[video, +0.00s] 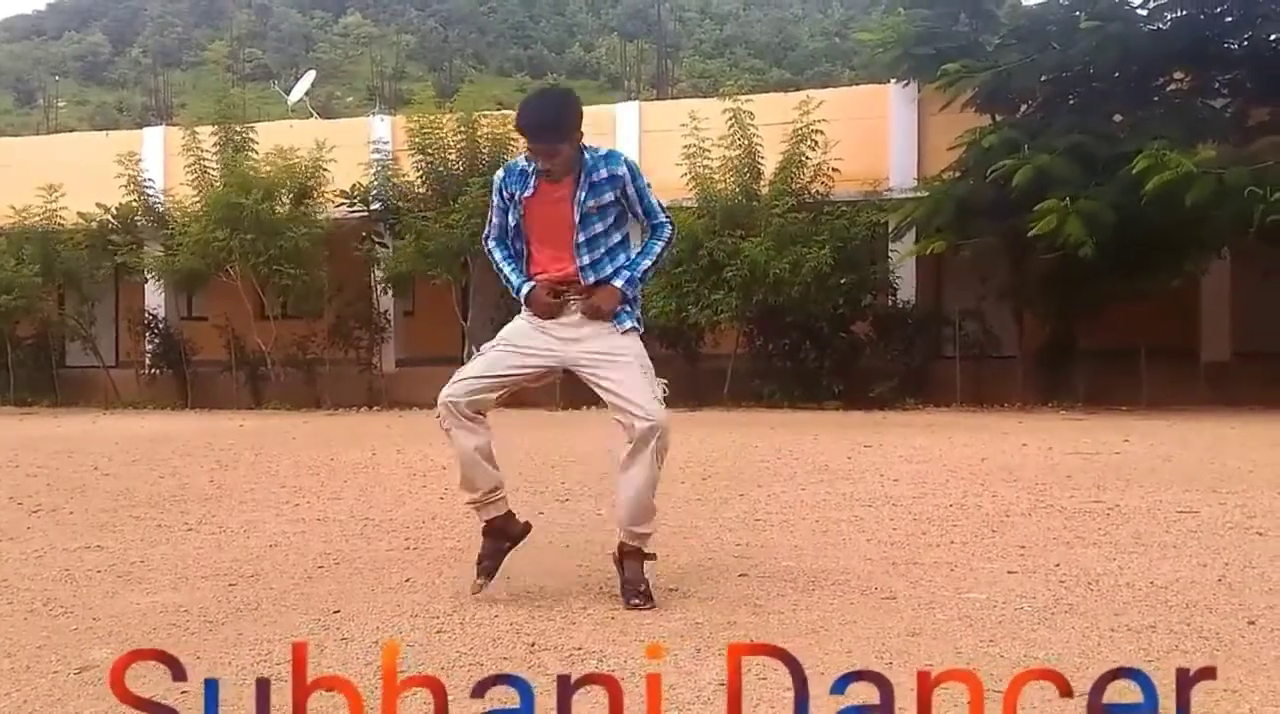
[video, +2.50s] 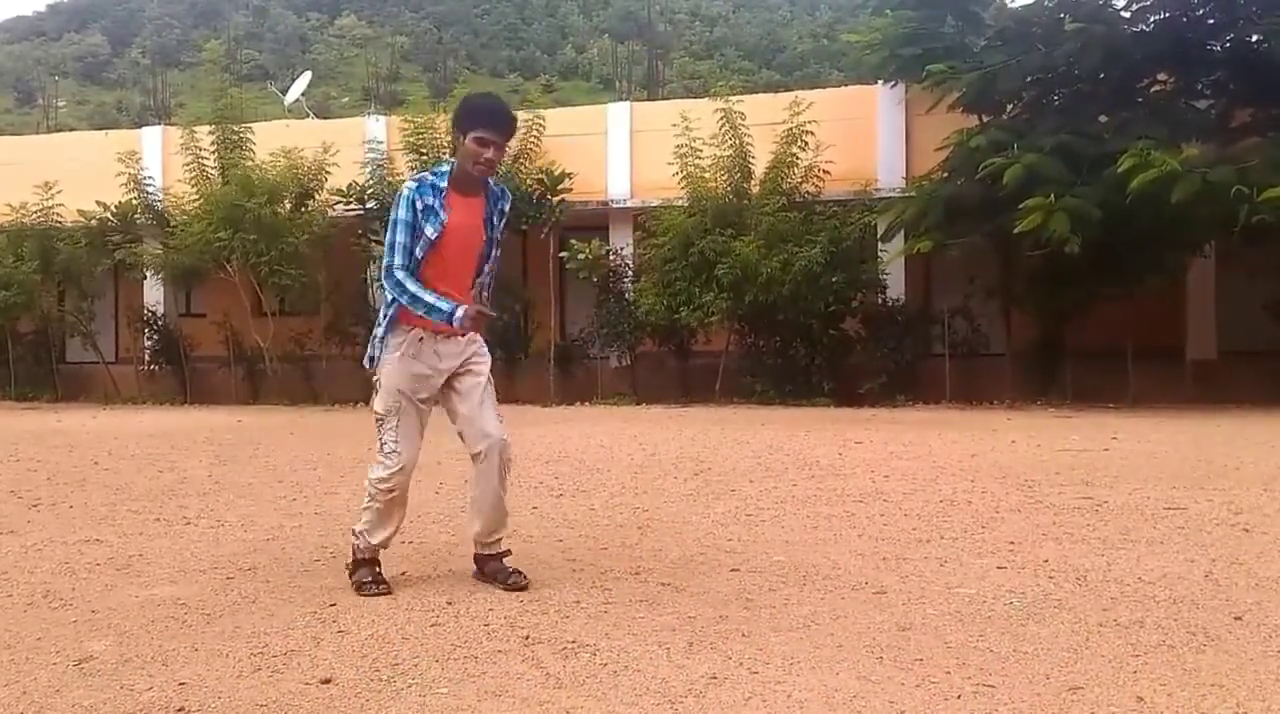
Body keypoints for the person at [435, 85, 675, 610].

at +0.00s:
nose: (543, 161)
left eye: (552, 151)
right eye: (535, 151)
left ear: (577, 137)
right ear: (523, 141)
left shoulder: (615, 171)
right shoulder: (511, 180)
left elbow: (661, 228)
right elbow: (496, 241)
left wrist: (620, 286)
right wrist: (525, 287)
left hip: (605, 324)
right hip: (537, 322)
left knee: (650, 421)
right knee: (456, 400)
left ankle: (632, 554)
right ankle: (499, 520)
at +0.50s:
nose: (490, 158)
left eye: (500, 149)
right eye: (480, 150)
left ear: (517, 156)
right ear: (468, 157)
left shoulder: (537, 226)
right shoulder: (443, 210)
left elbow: (582, 298)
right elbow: (431, 276)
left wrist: (527, 342)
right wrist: (451, 322)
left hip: (527, 361)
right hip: (458, 352)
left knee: (548, 468)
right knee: (407, 415)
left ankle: (533, 565)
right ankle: (441, 524)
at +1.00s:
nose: (412, 148)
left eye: (420, 139)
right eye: (400, 139)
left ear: (430, 147)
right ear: (378, 147)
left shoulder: (453, 210)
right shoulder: (355, 211)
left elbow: (488, 280)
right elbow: (331, 281)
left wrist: (464, 339)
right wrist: (337, 335)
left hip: (437, 363)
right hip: (369, 362)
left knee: (445, 468)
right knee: (347, 471)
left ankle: (444, 560)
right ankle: (366, 558)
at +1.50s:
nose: (420, 145)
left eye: (432, 136)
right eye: (413, 135)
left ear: (453, 142)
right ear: (403, 136)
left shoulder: (464, 190)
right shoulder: (383, 171)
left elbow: (513, 223)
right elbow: (337, 217)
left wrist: (495, 163)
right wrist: (372, 243)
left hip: (434, 333)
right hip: (366, 332)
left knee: (471, 412)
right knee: (328, 431)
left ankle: (462, 527)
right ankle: (347, 545)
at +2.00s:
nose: (509, 160)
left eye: (520, 150)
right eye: (500, 151)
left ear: (543, 155)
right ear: (492, 157)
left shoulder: (556, 227)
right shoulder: (468, 197)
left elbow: (622, 242)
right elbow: (412, 243)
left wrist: (647, 169)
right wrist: (355, 292)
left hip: (478, 362)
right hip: (424, 338)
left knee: (483, 463)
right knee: (370, 454)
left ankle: (495, 560)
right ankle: (321, 413)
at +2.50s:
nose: (489, 154)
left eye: (498, 146)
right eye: (480, 142)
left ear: (506, 150)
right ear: (458, 140)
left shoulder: (499, 200)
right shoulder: (417, 192)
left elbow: (486, 264)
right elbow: (394, 274)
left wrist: (478, 309)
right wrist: (452, 313)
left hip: (466, 345)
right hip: (410, 342)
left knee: (492, 443)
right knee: (398, 460)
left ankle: (489, 555)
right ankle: (365, 554)